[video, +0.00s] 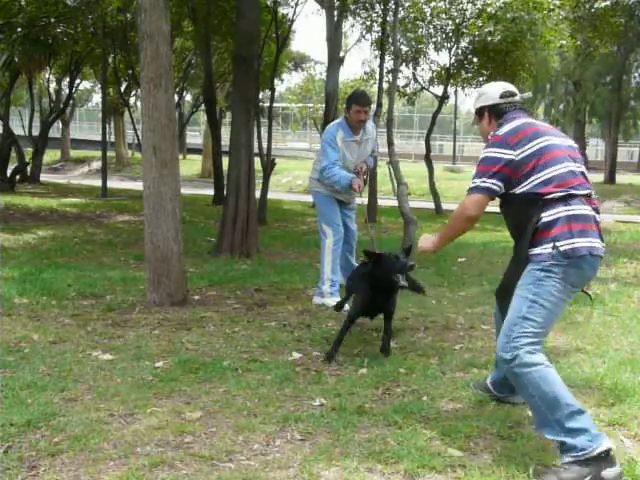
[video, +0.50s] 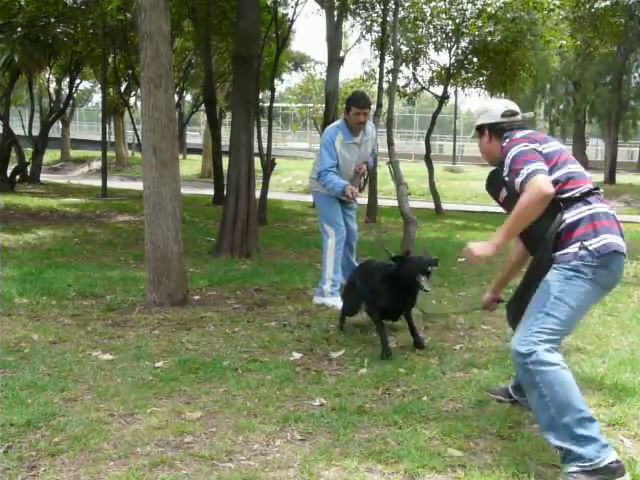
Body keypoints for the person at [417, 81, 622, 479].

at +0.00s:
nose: (480, 131)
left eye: (479, 122)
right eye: (479, 124)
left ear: (490, 116)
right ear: (515, 110)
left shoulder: (504, 138)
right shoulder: (551, 133)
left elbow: (471, 211)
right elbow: (585, 196)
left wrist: (438, 240)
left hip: (560, 246)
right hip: (583, 243)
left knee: (516, 350)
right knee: (509, 302)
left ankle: (588, 450)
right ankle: (506, 384)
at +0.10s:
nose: (484, 132)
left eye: (484, 124)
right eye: (483, 125)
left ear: (493, 118)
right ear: (523, 113)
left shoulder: (501, 140)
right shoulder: (566, 137)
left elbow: (461, 210)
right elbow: (603, 208)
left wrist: (427, 239)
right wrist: (612, 269)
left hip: (554, 252)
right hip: (589, 251)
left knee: (524, 361)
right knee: (525, 316)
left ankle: (583, 463)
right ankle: (505, 382)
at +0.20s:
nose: (486, 132)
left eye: (486, 124)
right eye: (485, 125)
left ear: (495, 117)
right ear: (528, 111)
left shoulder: (500, 141)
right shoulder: (574, 137)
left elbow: (456, 209)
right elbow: (617, 203)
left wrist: (422, 239)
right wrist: (634, 263)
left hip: (553, 254)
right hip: (595, 253)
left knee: (522, 362)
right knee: (532, 315)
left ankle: (584, 464)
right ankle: (505, 384)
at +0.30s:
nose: (487, 132)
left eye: (487, 125)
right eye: (487, 126)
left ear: (496, 118)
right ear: (528, 113)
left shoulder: (504, 139)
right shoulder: (573, 139)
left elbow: (472, 203)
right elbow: (615, 207)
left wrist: (430, 244)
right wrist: (632, 261)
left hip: (558, 254)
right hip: (596, 253)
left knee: (520, 362)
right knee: (523, 307)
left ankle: (583, 463)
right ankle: (520, 386)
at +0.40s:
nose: (482, 138)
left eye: (482, 130)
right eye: (481, 131)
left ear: (493, 126)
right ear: (519, 122)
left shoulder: (511, 140)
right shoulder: (539, 140)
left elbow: (508, 193)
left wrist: (461, 244)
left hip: (573, 249)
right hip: (595, 246)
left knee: (519, 355)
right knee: (525, 313)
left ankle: (581, 460)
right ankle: (525, 387)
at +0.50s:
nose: (479, 149)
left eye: (480, 140)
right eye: (478, 141)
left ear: (492, 135)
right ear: (505, 132)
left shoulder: (518, 144)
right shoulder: (533, 150)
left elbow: (540, 189)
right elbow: (528, 240)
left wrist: (494, 242)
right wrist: (498, 287)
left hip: (588, 249)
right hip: (591, 248)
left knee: (530, 347)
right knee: (527, 322)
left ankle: (592, 458)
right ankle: (525, 389)